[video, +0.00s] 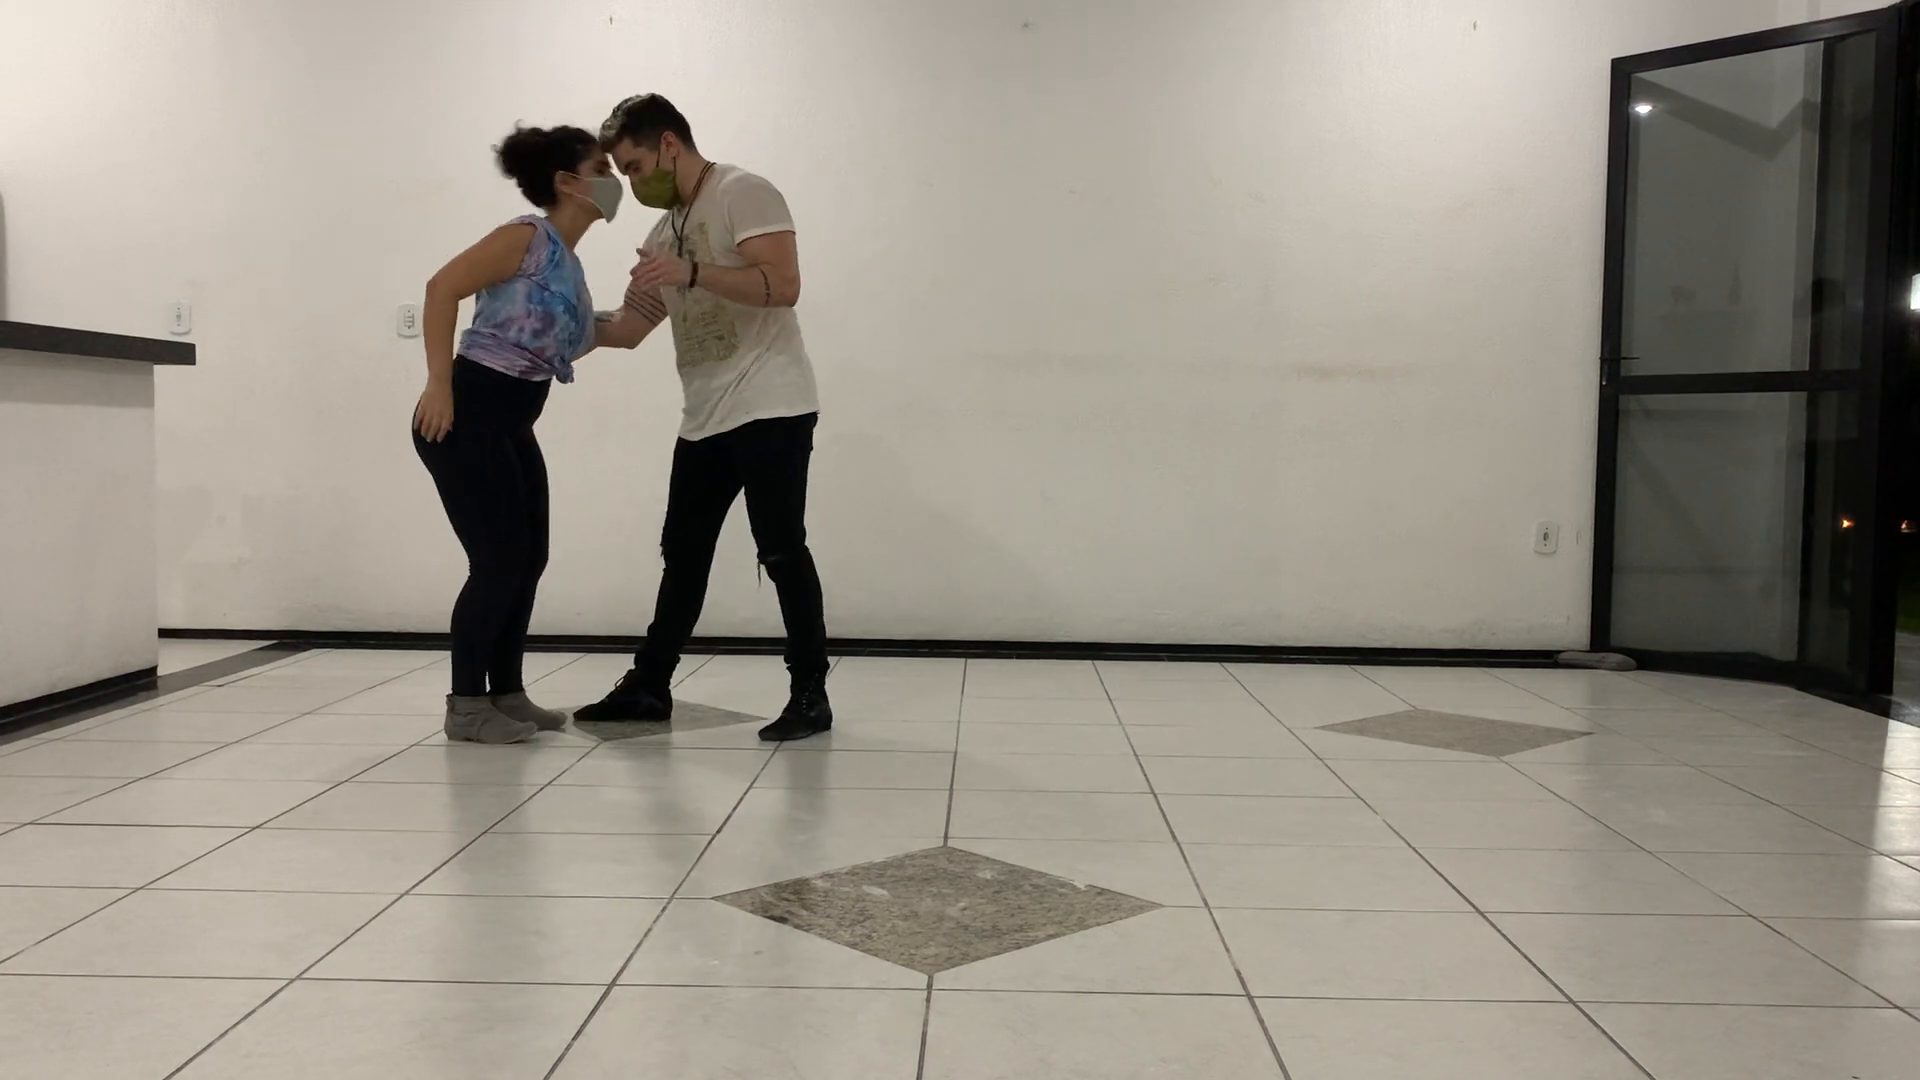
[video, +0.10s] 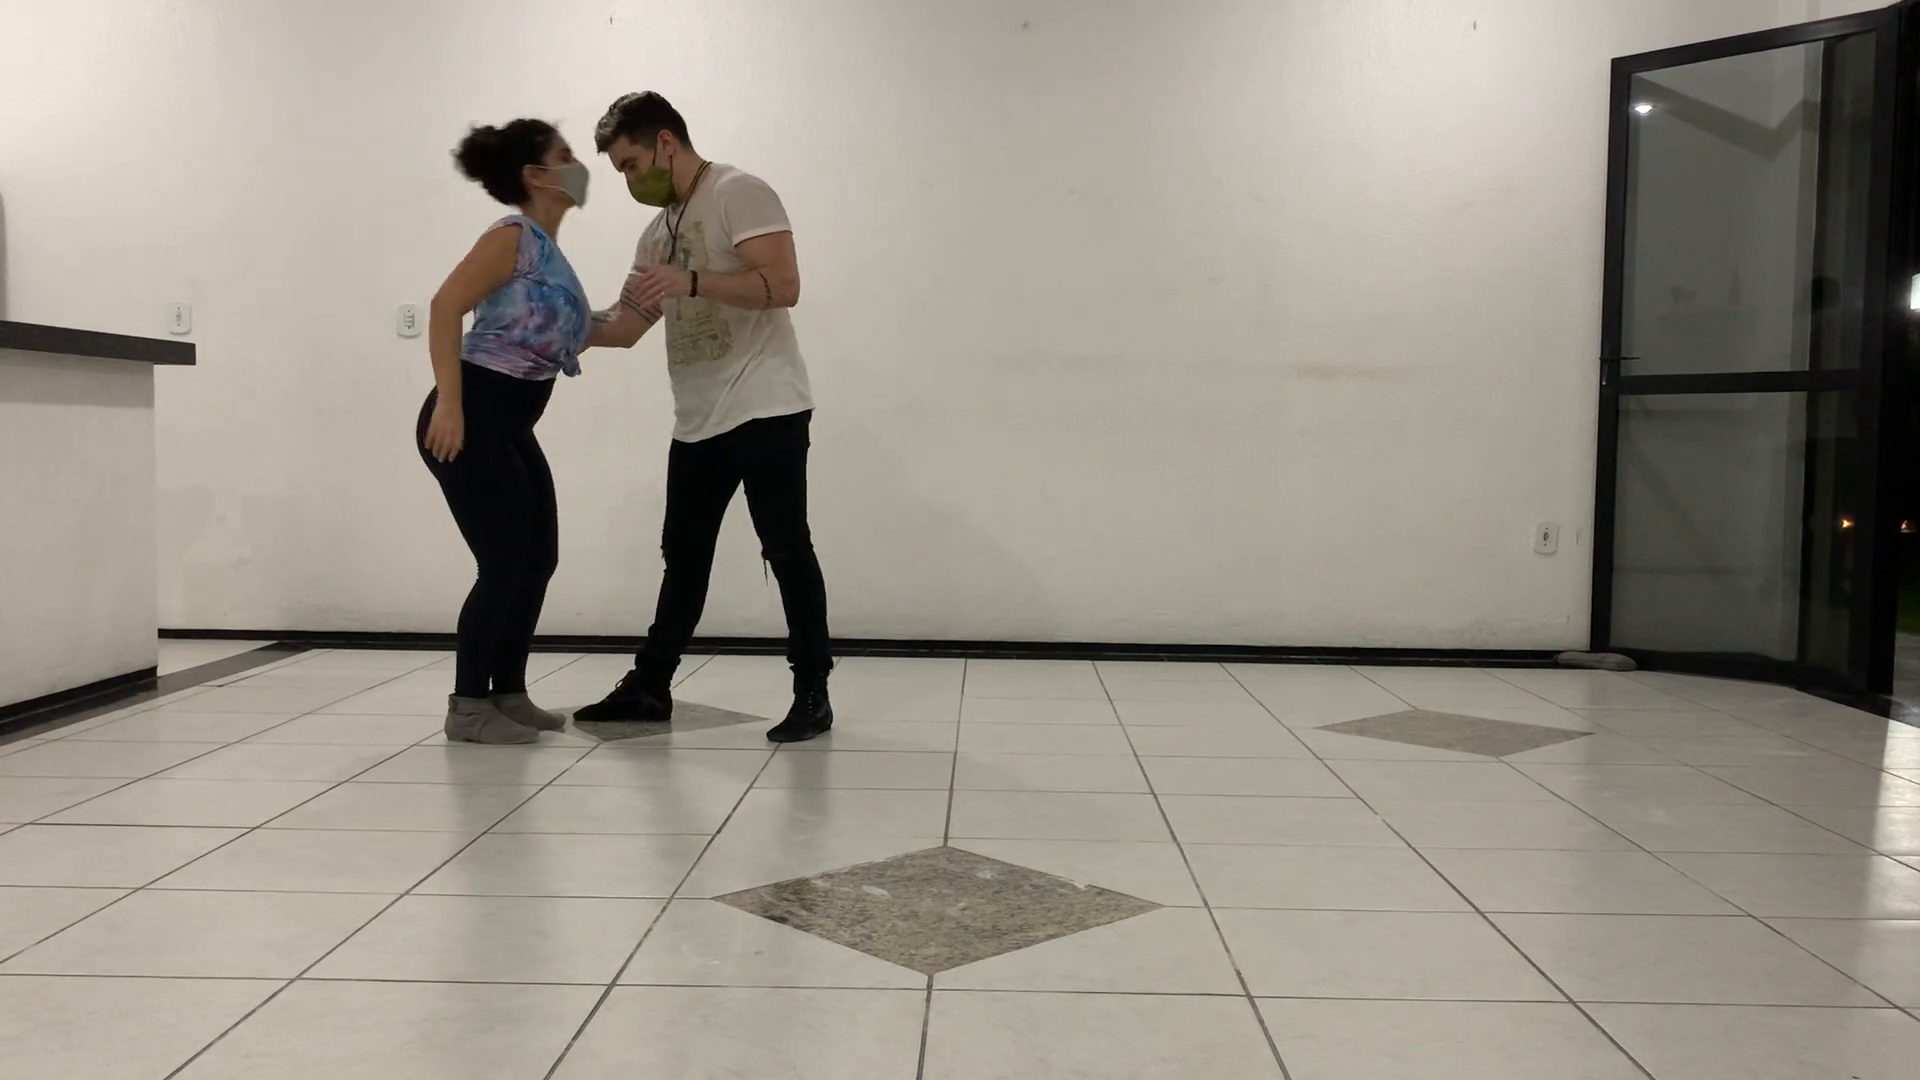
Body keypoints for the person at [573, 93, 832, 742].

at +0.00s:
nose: (632, 185)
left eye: (635, 168)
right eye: (624, 174)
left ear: (671, 144)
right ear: (659, 155)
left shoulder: (744, 193)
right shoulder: (665, 235)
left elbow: (782, 286)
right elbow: (626, 328)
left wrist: (691, 272)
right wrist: (540, 318)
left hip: (773, 400)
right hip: (706, 414)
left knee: (781, 548)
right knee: (684, 547)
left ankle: (810, 696)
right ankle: (648, 687)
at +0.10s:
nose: (626, 180)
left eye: (630, 164)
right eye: (620, 169)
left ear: (666, 142)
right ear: (656, 153)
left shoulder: (740, 193)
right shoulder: (659, 236)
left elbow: (782, 286)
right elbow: (626, 326)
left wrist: (688, 282)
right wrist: (545, 325)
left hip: (767, 404)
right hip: (700, 418)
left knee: (786, 549)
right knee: (684, 551)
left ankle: (812, 697)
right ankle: (649, 687)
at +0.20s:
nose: (624, 166)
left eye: (629, 151)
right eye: (621, 154)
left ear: (671, 136)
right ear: (664, 142)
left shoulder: (742, 193)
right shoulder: (656, 232)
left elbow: (784, 285)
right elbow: (624, 323)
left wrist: (692, 288)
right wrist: (547, 324)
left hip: (763, 403)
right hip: (695, 416)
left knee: (787, 548)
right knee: (682, 554)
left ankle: (813, 697)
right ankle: (650, 687)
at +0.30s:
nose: (634, 147)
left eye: (642, 134)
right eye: (631, 136)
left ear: (685, 130)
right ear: (672, 135)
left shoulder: (748, 195)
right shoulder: (656, 230)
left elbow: (788, 290)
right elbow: (617, 319)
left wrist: (696, 289)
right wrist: (543, 322)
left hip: (762, 402)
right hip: (692, 415)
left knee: (790, 547)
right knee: (681, 554)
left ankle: (813, 697)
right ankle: (650, 687)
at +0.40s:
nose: (646, 135)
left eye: (656, 122)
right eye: (645, 124)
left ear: (699, 124)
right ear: (681, 129)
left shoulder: (753, 197)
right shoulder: (657, 228)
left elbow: (792, 293)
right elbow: (615, 314)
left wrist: (703, 292)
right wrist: (538, 321)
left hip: (761, 401)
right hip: (690, 413)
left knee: (793, 547)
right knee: (681, 554)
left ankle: (813, 698)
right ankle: (649, 687)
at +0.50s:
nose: (656, 131)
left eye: (667, 119)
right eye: (657, 120)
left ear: (710, 124)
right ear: (697, 127)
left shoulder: (760, 199)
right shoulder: (660, 227)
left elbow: (799, 297)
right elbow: (613, 308)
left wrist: (712, 294)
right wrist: (539, 318)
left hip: (763, 405)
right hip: (690, 416)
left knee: (795, 547)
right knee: (681, 553)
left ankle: (814, 695)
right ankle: (649, 687)